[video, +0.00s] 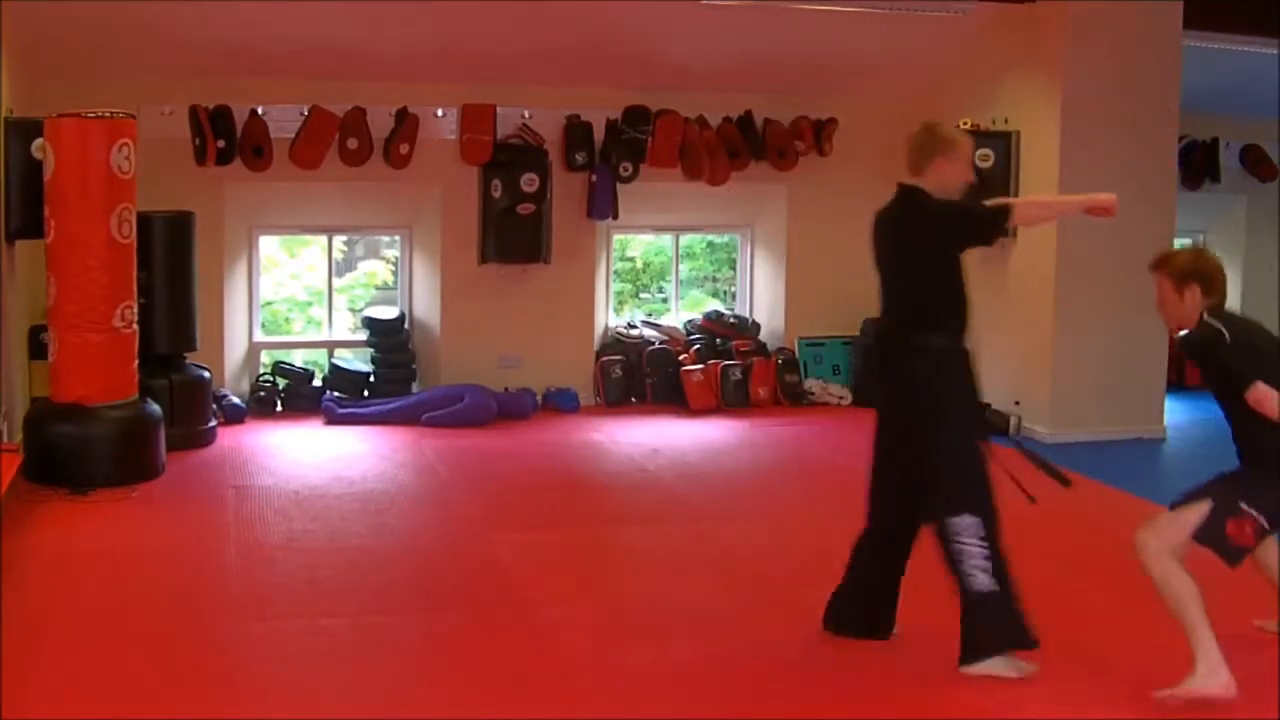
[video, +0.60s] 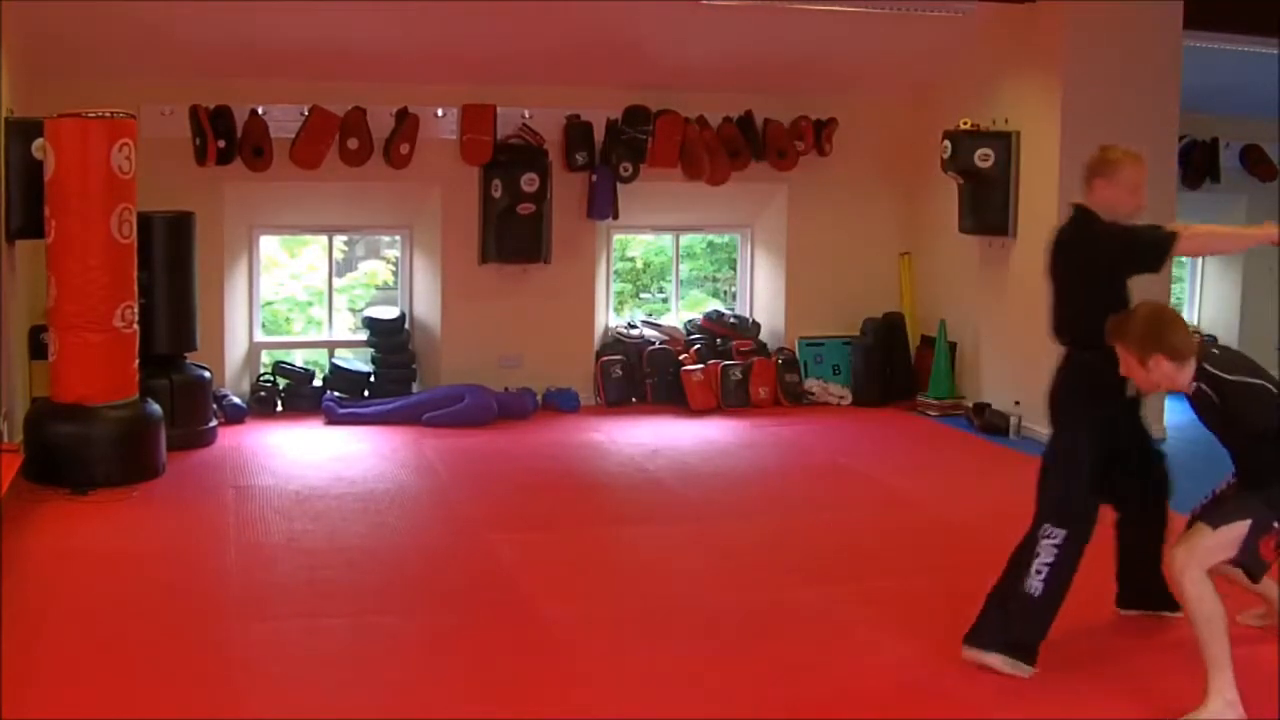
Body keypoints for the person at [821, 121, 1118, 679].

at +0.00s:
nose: (971, 175)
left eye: (970, 165)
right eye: (965, 163)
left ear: (924, 164)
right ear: (937, 164)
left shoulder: (896, 215)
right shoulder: (925, 217)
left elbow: (976, 221)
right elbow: (1008, 214)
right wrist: (1084, 204)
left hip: (902, 376)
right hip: (933, 376)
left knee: (898, 497)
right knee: (963, 504)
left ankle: (856, 611)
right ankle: (988, 642)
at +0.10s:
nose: (998, 187)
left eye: (998, 177)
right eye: (994, 175)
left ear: (950, 174)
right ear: (968, 173)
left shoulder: (915, 224)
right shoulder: (955, 226)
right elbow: (1027, 228)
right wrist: (1102, 214)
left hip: (929, 375)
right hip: (964, 376)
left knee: (953, 501)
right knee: (1007, 507)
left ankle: (889, 591)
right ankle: (995, 649)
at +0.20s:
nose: (1018, 183)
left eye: (1017, 172)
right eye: (1013, 172)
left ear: (969, 172)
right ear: (990, 171)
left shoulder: (942, 220)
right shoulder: (972, 221)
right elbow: (1046, 230)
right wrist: (1121, 218)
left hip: (961, 371)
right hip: (986, 373)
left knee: (994, 495)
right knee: (1017, 506)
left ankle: (940, 583)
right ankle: (994, 647)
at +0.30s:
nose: (1044, 180)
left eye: (1044, 171)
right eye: (1040, 170)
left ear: (997, 165)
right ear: (1017, 167)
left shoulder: (977, 211)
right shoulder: (1000, 217)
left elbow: (1062, 216)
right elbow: (1077, 226)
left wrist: (1139, 210)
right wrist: (1147, 216)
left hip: (997, 366)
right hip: (1007, 371)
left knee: (1037, 493)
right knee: (1026, 504)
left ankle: (1020, 600)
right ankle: (991, 648)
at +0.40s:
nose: (1074, 183)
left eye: (1073, 172)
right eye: (1068, 172)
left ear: (1031, 170)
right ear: (1044, 172)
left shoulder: (1019, 217)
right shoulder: (1030, 223)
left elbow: (1099, 221)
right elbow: (1109, 228)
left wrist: (1174, 212)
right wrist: (1179, 217)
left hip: (1033, 374)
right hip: (1031, 379)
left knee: (1068, 491)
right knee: (1035, 513)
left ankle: (1093, 593)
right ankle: (991, 649)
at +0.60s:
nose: (1140, 199)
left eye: (1140, 190)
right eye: (1134, 189)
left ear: (1099, 186)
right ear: (1103, 185)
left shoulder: (1085, 234)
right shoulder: (1092, 236)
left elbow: (1170, 239)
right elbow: (1180, 241)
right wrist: (1259, 235)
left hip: (1103, 378)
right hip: (1089, 380)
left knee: (1146, 480)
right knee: (1066, 513)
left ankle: (1142, 588)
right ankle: (997, 637)